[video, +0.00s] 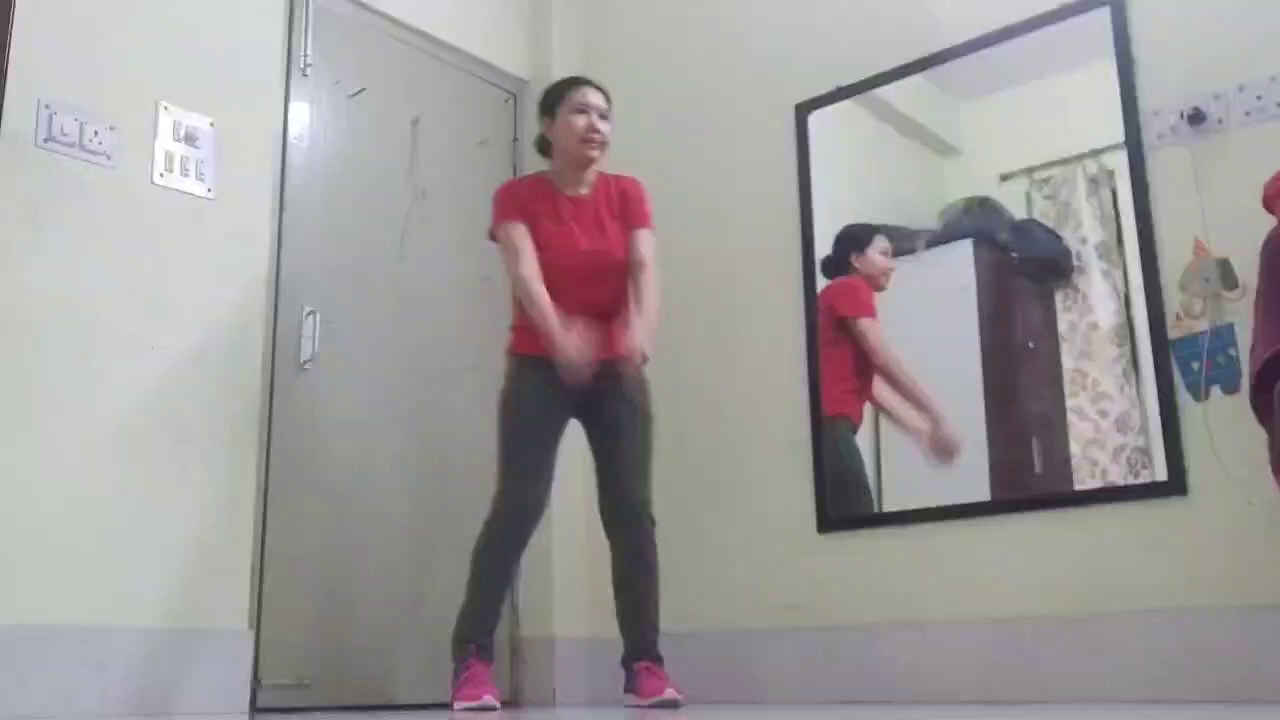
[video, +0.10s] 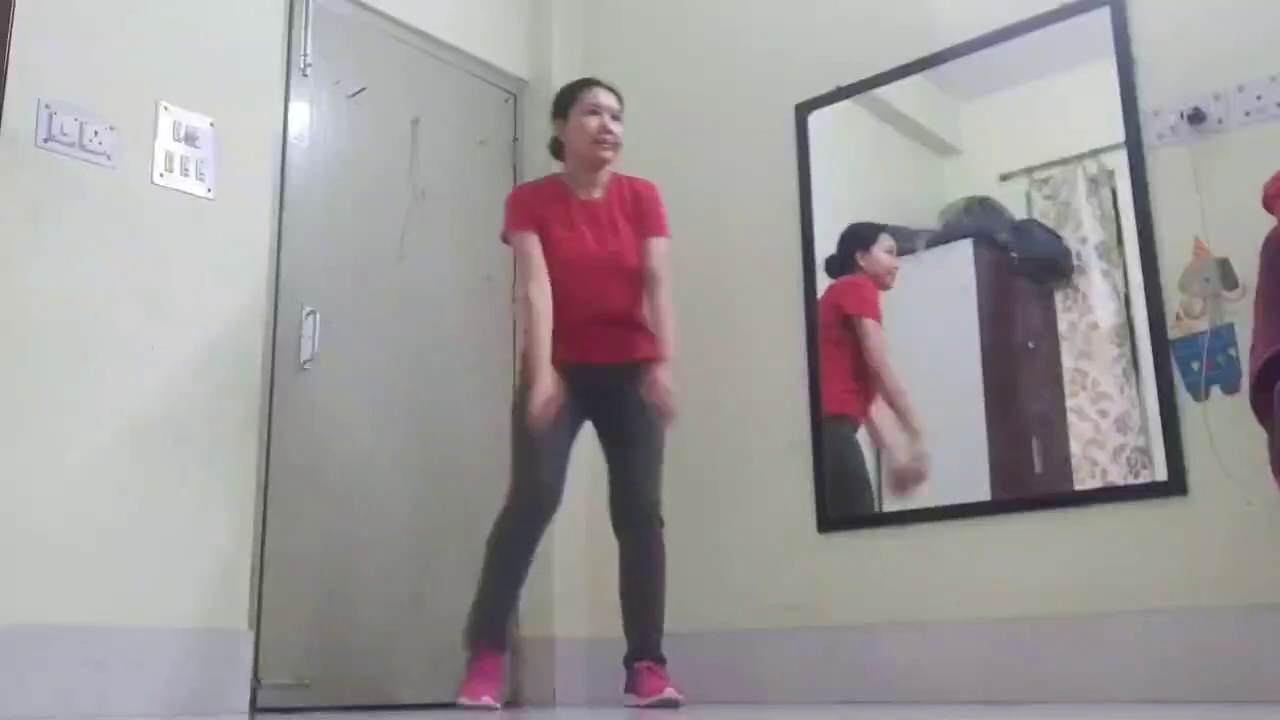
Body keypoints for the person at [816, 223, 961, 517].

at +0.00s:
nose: (892, 265)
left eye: (892, 256)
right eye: (884, 254)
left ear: (859, 261)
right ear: (856, 260)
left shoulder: (837, 297)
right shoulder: (849, 289)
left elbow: (874, 388)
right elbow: (882, 358)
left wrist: (926, 433)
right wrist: (937, 418)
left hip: (830, 426)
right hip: (829, 426)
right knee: (860, 524)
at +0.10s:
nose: (896, 263)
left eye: (896, 254)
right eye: (889, 252)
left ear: (864, 259)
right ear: (862, 258)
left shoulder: (839, 295)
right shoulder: (857, 287)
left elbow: (869, 393)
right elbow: (877, 363)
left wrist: (896, 455)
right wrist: (915, 432)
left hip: (831, 427)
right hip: (830, 427)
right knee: (859, 523)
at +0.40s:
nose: (911, 255)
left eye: (909, 246)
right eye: (905, 245)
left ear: (882, 250)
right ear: (882, 250)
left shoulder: (856, 282)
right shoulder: (873, 279)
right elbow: (831, 311)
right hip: (845, 416)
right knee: (870, 520)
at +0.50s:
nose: (913, 258)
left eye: (911, 249)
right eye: (907, 247)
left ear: (885, 252)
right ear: (886, 251)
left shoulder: (856, 284)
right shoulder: (875, 282)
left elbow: (822, 317)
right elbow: (833, 314)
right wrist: (798, 362)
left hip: (833, 419)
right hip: (848, 420)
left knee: (866, 529)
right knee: (878, 527)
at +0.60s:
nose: (915, 261)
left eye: (914, 251)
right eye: (910, 250)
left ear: (886, 255)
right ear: (889, 254)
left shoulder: (854, 289)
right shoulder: (880, 286)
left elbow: (821, 336)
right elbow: (841, 327)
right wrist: (831, 397)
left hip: (832, 422)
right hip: (853, 422)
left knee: (875, 528)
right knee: (886, 526)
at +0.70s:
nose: (915, 264)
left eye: (913, 254)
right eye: (910, 253)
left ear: (867, 260)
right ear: (891, 257)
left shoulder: (848, 295)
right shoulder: (881, 288)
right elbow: (861, 348)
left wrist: (898, 434)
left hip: (824, 427)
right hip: (848, 427)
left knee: (871, 530)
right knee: (885, 528)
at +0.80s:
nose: (914, 263)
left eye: (914, 253)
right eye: (911, 252)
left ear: (872, 255)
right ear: (893, 253)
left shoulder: (849, 292)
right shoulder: (882, 284)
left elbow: (858, 390)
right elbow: (897, 359)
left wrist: (916, 404)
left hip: (824, 416)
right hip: (846, 417)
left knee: (862, 526)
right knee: (874, 525)